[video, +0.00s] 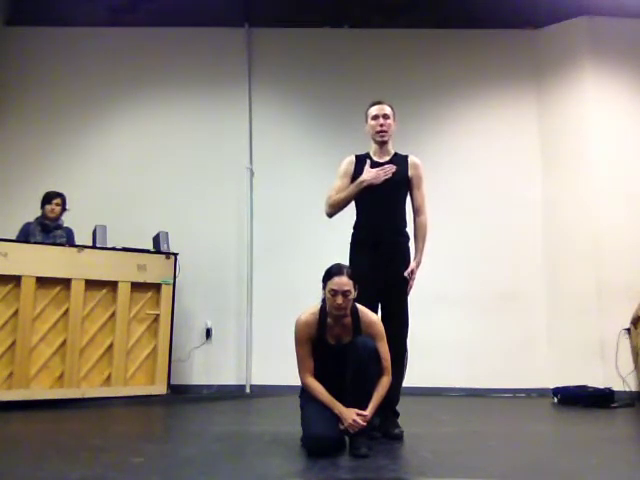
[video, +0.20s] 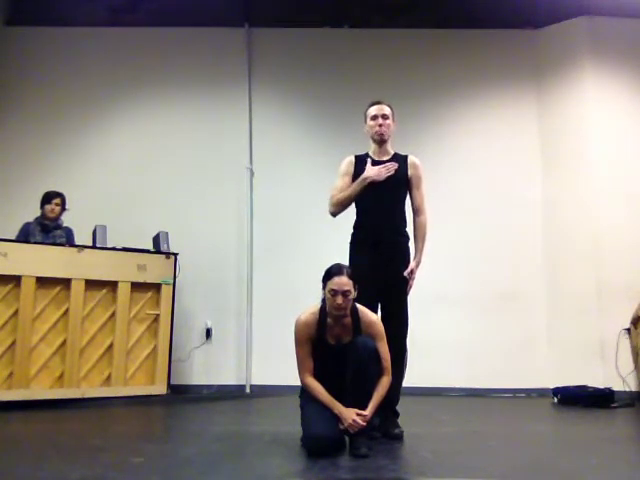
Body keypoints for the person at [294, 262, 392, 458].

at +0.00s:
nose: (339, 301)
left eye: (346, 294)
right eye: (333, 294)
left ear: (355, 293)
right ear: (324, 292)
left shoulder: (371, 322)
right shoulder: (307, 323)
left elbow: (386, 374)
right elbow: (307, 378)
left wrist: (366, 414)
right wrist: (342, 412)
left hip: (355, 392)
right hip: (321, 393)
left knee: (364, 347)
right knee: (321, 445)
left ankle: (360, 431)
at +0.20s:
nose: (339, 301)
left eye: (346, 294)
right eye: (333, 294)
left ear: (355, 294)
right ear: (324, 292)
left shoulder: (370, 322)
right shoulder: (307, 323)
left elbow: (386, 374)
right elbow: (306, 377)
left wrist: (366, 413)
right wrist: (341, 412)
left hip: (355, 392)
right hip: (321, 393)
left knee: (365, 347)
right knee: (321, 445)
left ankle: (360, 432)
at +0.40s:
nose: (339, 301)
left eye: (346, 294)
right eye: (333, 294)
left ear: (354, 294)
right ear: (324, 292)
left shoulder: (371, 323)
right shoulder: (306, 324)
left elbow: (386, 375)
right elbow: (306, 378)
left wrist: (367, 413)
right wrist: (341, 411)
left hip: (355, 392)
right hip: (320, 392)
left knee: (365, 347)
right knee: (321, 445)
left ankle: (359, 432)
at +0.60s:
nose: (339, 301)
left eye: (346, 294)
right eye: (333, 294)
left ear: (354, 294)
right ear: (323, 292)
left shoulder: (371, 323)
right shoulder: (306, 324)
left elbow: (386, 375)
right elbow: (306, 378)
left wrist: (367, 413)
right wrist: (341, 411)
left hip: (355, 392)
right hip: (320, 393)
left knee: (365, 347)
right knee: (321, 445)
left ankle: (359, 432)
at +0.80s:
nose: (339, 301)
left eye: (346, 294)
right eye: (333, 294)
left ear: (354, 294)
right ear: (323, 292)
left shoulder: (371, 323)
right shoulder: (306, 324)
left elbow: (386, 375)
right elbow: (306, 378)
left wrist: (366, 413)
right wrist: (341, 411)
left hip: (355, 392)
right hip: (320, 393)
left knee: (365, 347)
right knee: (321, 445)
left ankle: (359, 432)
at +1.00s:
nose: (339, 302)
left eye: (346, 295)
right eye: (333, 294)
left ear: (354, 294)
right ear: (323, 292)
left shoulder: (371, 323)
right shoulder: (306, 324)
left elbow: (386, 375)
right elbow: (306, 378)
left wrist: (366, 413)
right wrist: (341, 411)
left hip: (355, 392)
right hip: (320, 393)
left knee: (365, 347)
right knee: (321, 445)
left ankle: (359, 432)